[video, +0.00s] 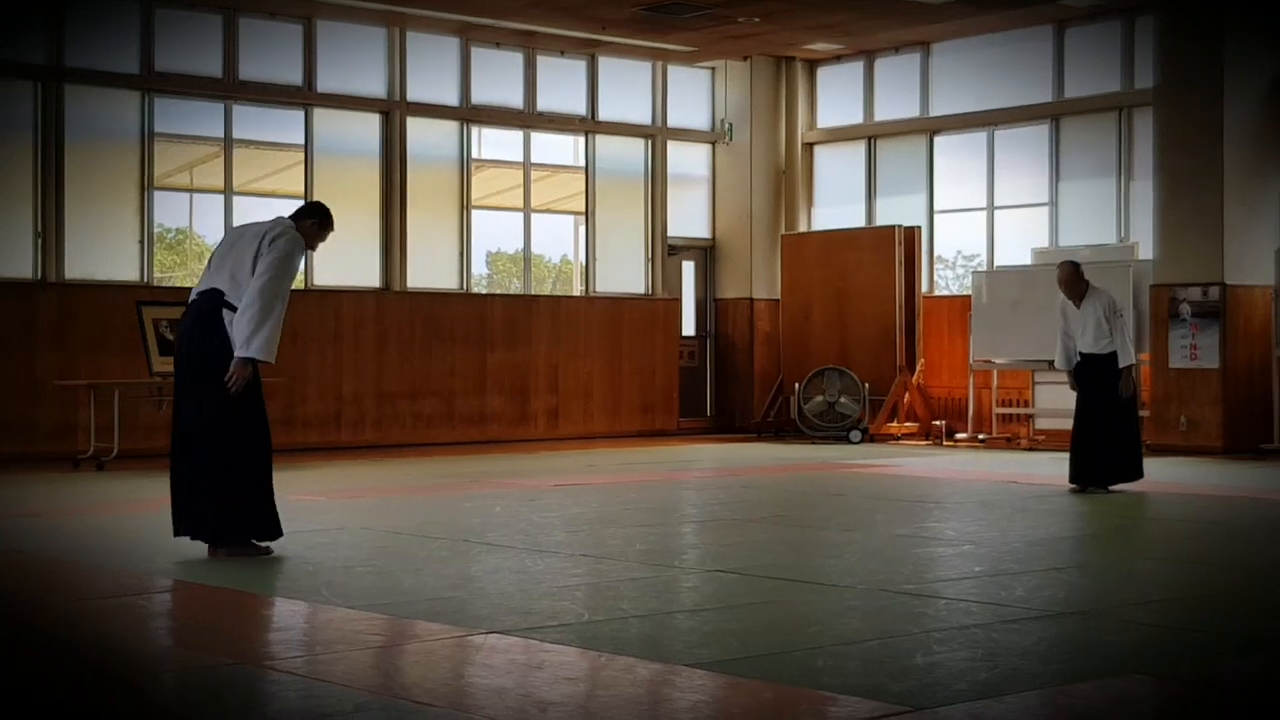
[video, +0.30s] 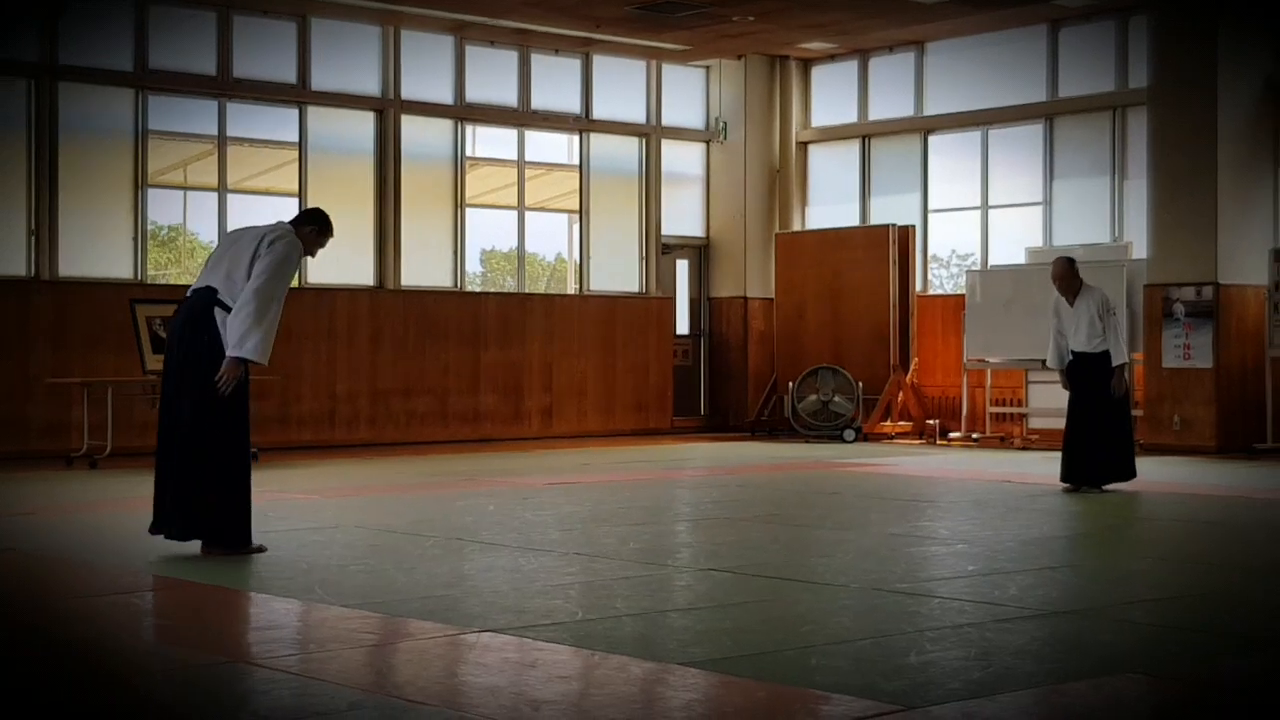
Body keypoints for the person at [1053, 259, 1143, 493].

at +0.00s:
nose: (1063, 290)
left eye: (1066, 284)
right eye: (1061, 285)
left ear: (1081, 280)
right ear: (1060, 284)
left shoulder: (1104, 300)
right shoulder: (1065, 303)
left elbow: (1121, 337)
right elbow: (1065, 338)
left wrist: (1127, 373)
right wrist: (1068, 370)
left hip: (1108, 364)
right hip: (1085, 365)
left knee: (1105, 422)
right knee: (1084, 422)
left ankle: (1101, 479)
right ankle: (1083, 478)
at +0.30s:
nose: (1057, 285)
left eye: (1060, 280)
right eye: (1054, 281)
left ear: (1075, 275)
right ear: (1053, 280)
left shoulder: (1098, 298)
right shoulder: (1059, 302)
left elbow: (1114, 334)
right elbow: (1058, 337)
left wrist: (1119, 372)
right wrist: (1060, 369)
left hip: (1101, 363)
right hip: (1077, 364)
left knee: (1099, 421)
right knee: (1077, 421)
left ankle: (1095, 479)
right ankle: (1076, 477)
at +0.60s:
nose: (1057, 278)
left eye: (1061, 273)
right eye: (1055, 273)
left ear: (1076, 270)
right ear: (1055, 273)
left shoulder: (1099, 294)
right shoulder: (1059, 297)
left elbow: (1114, 332)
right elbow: (1058, 333)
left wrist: (1118, 369)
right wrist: (1060, 367)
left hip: (1100, 359)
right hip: (1077, 360)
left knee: (1099, 419)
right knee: (1077, 418)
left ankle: (1097, 476)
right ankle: (1078, 475)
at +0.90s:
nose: (1059, 267)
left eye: (1063, 262)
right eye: (1058, 262)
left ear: (1080, 263)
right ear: (1060, 264)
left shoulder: (1100, 291)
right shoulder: (1060, 293)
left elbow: (1111, 330)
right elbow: (1056, 329)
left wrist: (1111, 367)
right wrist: (1054, 362)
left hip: (1097, 357)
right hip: (1072, 357)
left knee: (1098, 418)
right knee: (1074, 417)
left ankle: (1100, 475)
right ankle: (1080, 473)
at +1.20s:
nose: (1049, 263)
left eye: (1054, 258)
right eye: (1048, 258)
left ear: (1070, 260)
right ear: (1049, 261)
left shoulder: (1086, 289)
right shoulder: (1050, 291)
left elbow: (1097, 329)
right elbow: (1043, 328)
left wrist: (1095, 366)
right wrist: (1040, 363)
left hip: (1083, 357)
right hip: (1057, 357)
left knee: (1090, 418)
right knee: (1045, 414)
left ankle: (1098, 475)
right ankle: (1036, 472)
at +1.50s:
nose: (1024, 259)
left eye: (1029, 255)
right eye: (1023, 254)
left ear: (1043, 257)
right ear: (1022, 256)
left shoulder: (1060, 287)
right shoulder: (1020, 292)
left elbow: (1073, 328)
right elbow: (1012, 330)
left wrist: (1074, 365)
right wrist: (1009, 367)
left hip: (1052, 357)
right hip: (1025, 357)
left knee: (1069, 416)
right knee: (1022, 417)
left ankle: (1094, 466)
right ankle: (1020, 477)